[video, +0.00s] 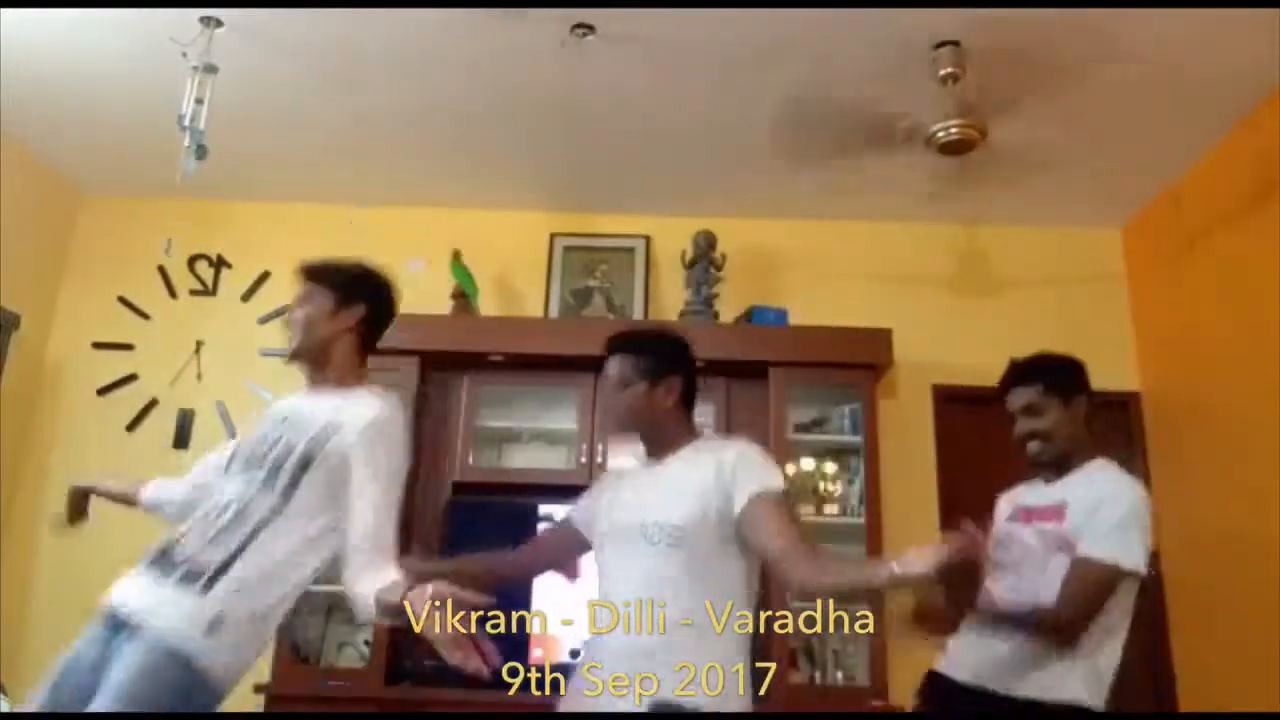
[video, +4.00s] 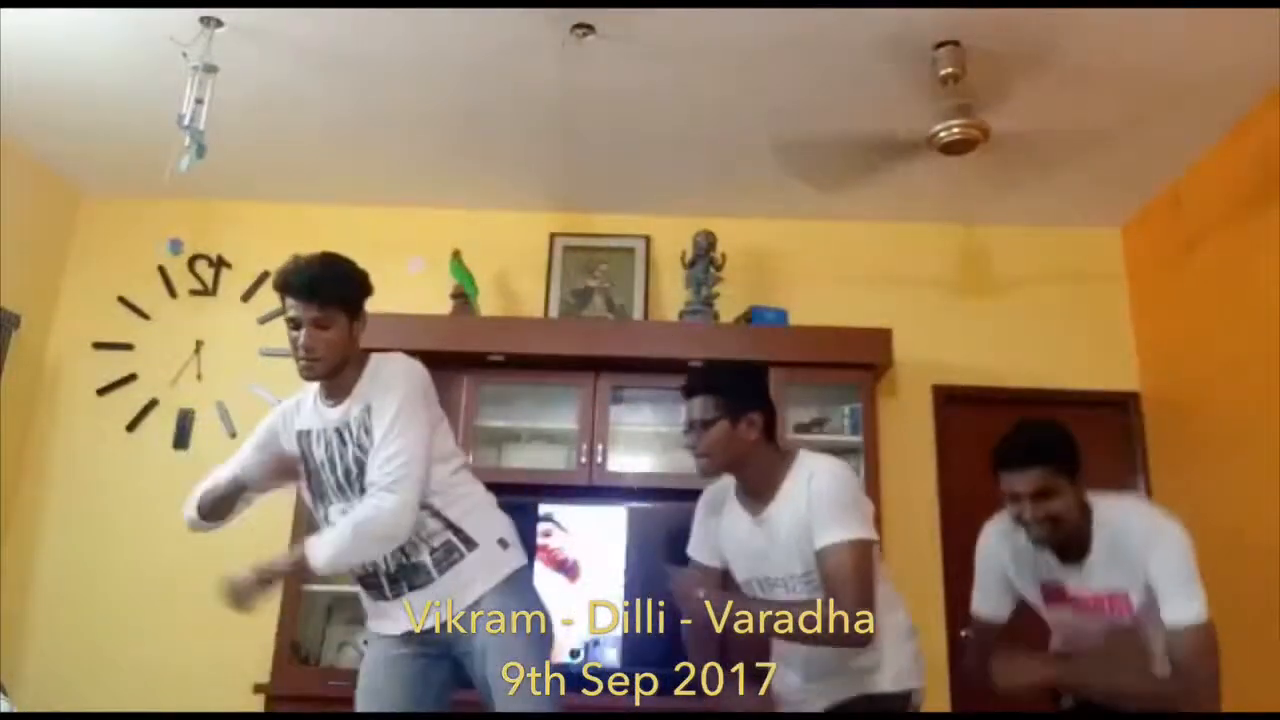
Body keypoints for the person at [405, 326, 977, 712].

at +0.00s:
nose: (604, 400)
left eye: (619, 387)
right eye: (605, 386)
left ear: (671, 393)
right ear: (647, 395)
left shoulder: (734, 462)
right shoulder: (611, 487)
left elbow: (801, 570)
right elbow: (526, 561)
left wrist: (908, 567)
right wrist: (434, 570)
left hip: (698, 695)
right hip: (600, 694)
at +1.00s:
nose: (718, 399)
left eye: (734, 389)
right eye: (708, 385)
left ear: (751, 401)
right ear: (688, 390)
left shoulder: (770, 469)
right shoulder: (645, 463)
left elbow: (868, 398)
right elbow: (587, 422)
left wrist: (774, 374)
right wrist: (662, 359)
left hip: (768, 695)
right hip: (659, 692)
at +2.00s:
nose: (714, 389)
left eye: (730, 382)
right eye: (706, 378)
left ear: (755, 399)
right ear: (692, 390)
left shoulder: (781, 465)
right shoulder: (647, 452)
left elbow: (892, 404)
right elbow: (570, 360)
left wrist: (787, 380)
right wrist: (543, 247)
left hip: (761, 689)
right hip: (655, 687)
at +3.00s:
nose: (729, 423)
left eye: (735, 410)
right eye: (716, 408)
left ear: (743, 409)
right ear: (674, 402)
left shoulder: (734, 478)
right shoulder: (612, 471)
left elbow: (757, 585)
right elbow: (578, 610)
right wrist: (680, 663)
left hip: (671, 684)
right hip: (590, 678)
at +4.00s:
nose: (690, 441)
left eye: (702, 426)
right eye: (689, 428)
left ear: (750, 427)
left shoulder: (827, 481)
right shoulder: (714, 503)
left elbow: (854, 626)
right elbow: (702, 621)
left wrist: (735, 610)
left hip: (869, 683)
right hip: (792, 687)